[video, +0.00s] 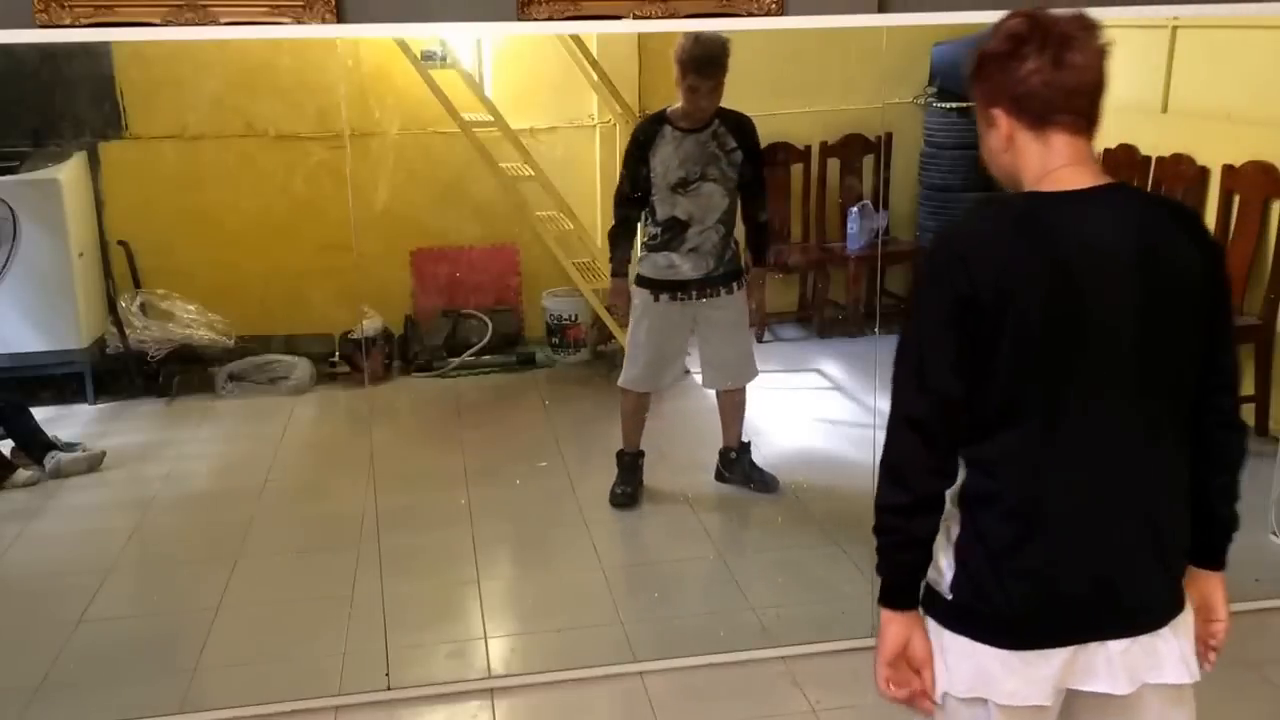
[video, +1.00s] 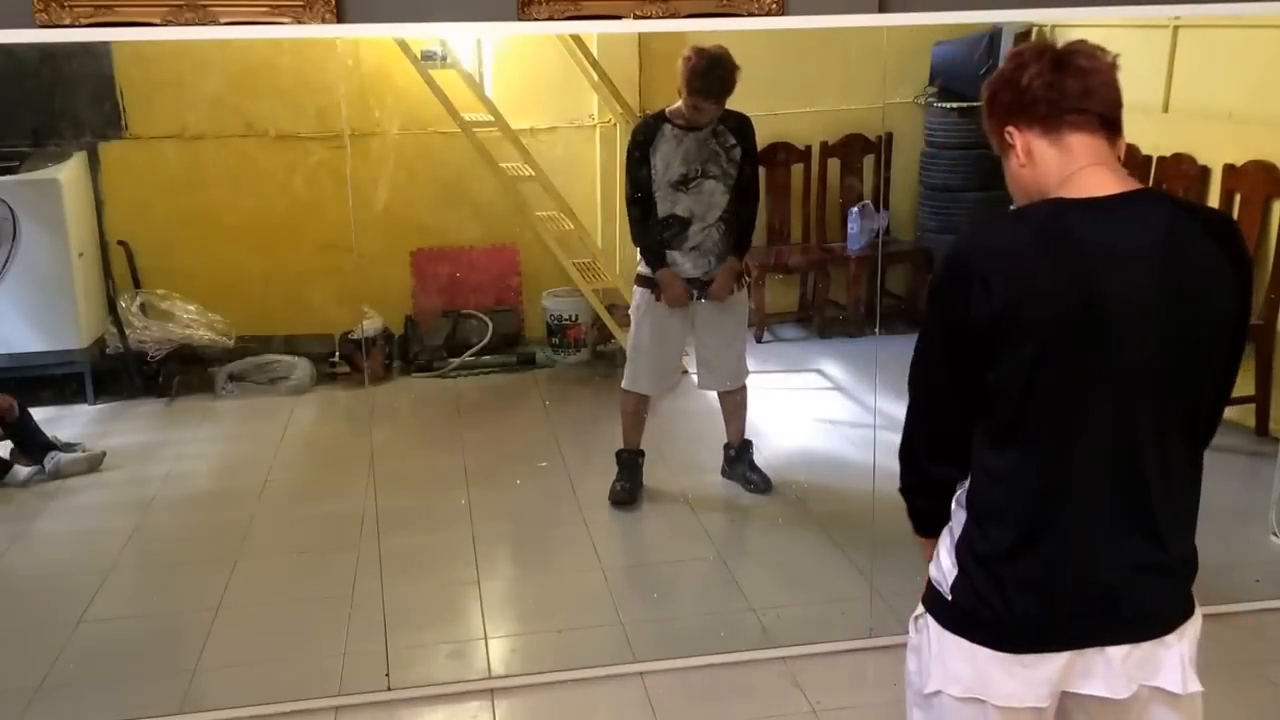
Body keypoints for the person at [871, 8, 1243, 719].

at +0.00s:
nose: (980, 144)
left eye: (979, 125)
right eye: (980, 125)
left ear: (999, 122)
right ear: (1089, 111)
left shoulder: (970, 252)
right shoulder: (1181, 238)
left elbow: (918, 442)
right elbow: (1218, 419)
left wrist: (899, 602)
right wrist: (1206, 562)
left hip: (1003, 611)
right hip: (1147, 604)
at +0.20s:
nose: (913, 157)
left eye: (908, 139)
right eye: (911, 139)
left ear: (924, 134)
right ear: (1015, 119)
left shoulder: (911, 263)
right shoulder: (1125, 230)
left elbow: (899, 463)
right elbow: (1175, 407)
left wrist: (938, 632)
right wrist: (1193, 568)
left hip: (969, 630)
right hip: (1118, 618)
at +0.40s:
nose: (916, 170)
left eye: (908, 150)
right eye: (911, 151)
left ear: (926, 142)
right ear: (1016, 122)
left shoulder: (916, 266)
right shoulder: (1134, 233)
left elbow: (941, 469)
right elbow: (1182, 412)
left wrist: (999, 640)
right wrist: (1191, 581)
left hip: (977, 633)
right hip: (1127, 620)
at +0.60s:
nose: (978, 176)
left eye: (972, 157)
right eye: (971, 159)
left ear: (992, 143)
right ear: (1077, 123)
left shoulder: (975, 256)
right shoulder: (1187, 238)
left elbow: (938, 450)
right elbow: (1214, 422)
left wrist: (918, 617)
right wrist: (1216, 574)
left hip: (1005, 618)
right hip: (1151, 611)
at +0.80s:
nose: (1017, 182)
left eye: (1011, 159)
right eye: (1011, 162)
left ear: (1029, 142)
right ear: (1125, 131)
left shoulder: (998, 249)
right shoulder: (1222, 244)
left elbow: (923, 416)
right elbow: (1218, 416)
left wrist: (882, 543)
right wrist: (1151, 490)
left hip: (1008, 608)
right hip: (1158, 608)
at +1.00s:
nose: (1007, 181)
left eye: (1001, 159)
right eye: (1003, 161)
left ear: (1019, 144)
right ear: (1114, 133)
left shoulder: (989, 254)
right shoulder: (1214, 245)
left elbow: (932, 436)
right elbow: (1199, 419)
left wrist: (936, 539)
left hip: (998, 616)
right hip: (1153, 615)